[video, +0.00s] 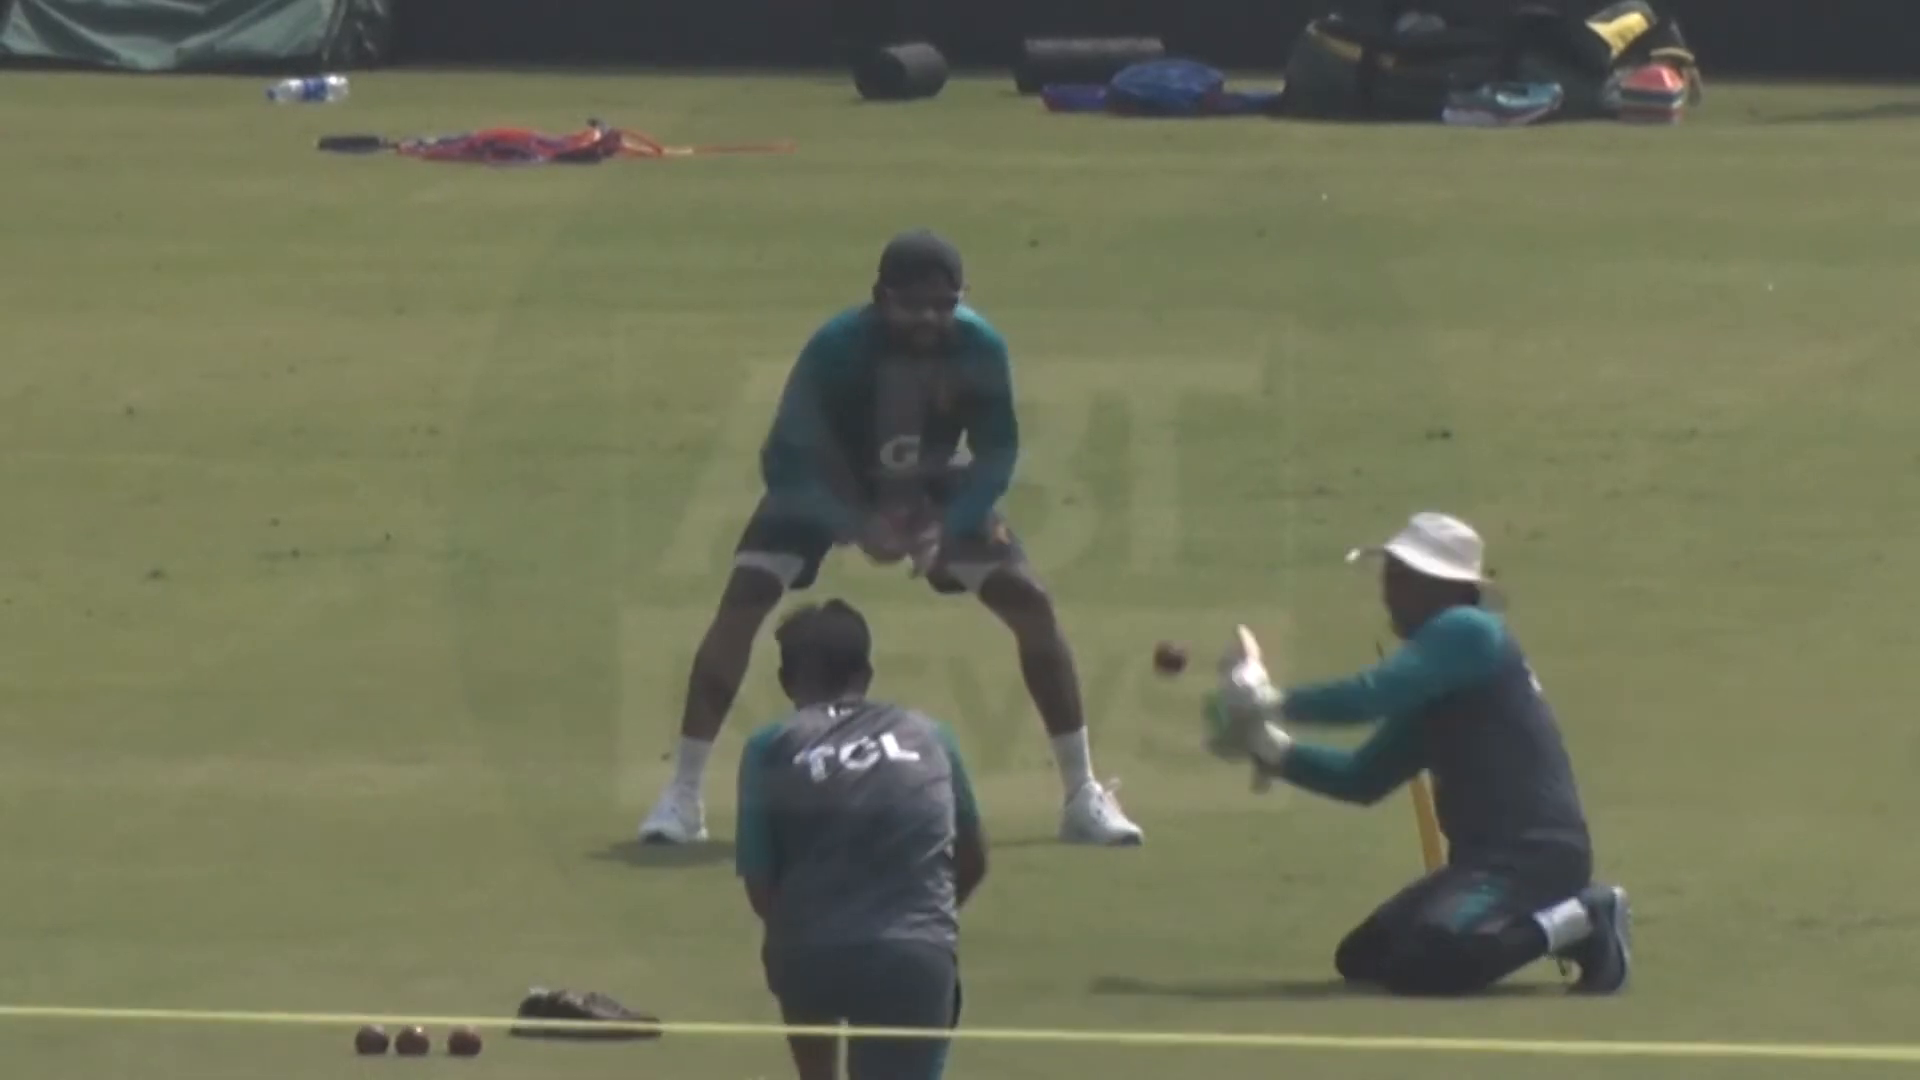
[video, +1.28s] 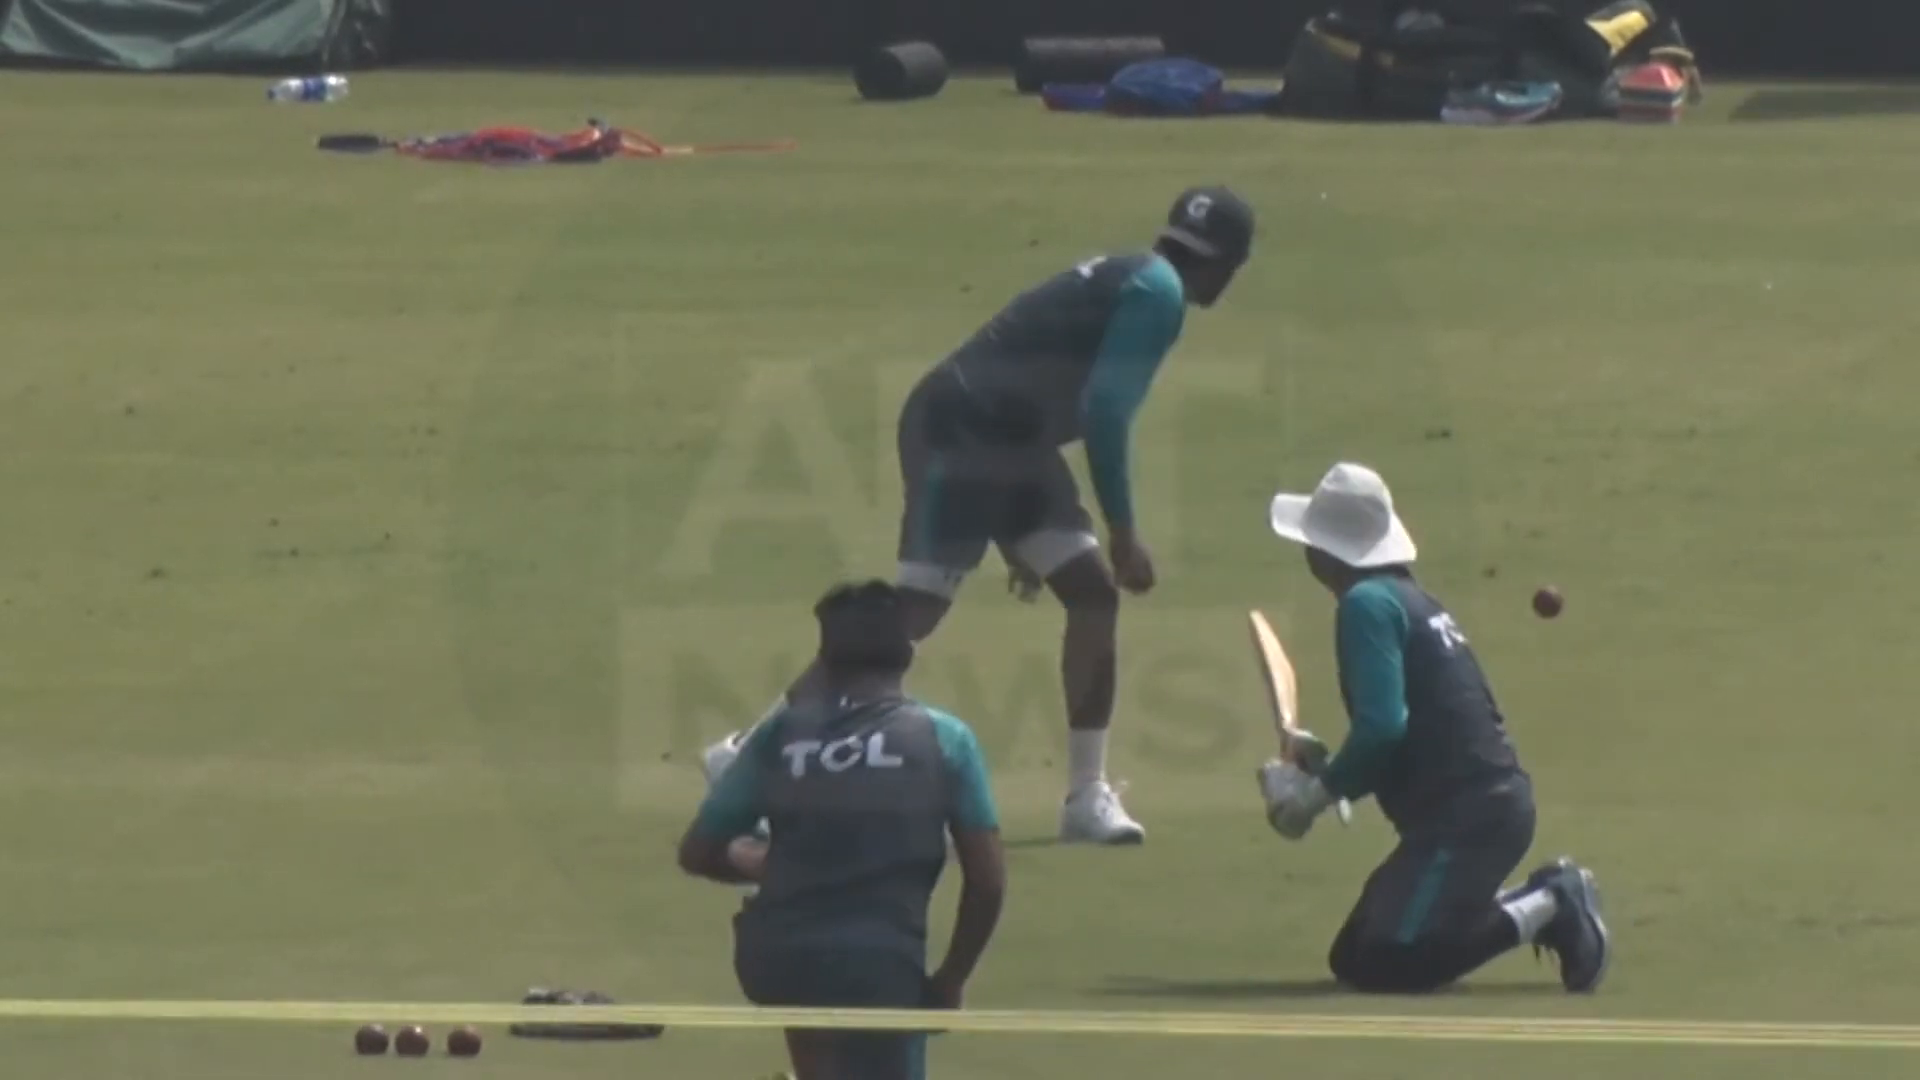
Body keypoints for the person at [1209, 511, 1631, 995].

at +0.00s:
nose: (1385, 589)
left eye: (1397, 574)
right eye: (1387, 574)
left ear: (1434, 582)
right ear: (1437, 584)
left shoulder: (1468, 632)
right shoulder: (1446, 683)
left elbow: (1371, 695)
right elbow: (1363, 780)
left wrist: (1268, 701)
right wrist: (1269, 746)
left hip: (1531, 862)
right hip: (1486, 864)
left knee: (1415, 964)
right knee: (1361, 959)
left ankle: (1584, 918)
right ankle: (1547, 923)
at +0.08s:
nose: (1354, 583)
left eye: (1367, 567)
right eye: (1358, 567)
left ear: (1406, 574)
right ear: (1411, 575)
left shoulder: (1442, 615)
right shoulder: (1422, 678)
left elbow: (1336, 648)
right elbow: (1333, 759)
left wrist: (1240, 647)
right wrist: (1239, 709)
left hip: (1520, 847)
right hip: (1480, 852)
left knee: (1412, 964)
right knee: (1360, 958)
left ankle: (1584, 914)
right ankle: (1550, 918)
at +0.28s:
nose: (1339, 544)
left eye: (1349, 534)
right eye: (1341, 533)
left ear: (1374, 536)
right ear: (1405, 540)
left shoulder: (1393, 570)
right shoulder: (1399, 637)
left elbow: (1296, 584)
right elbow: (1321, 728)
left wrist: (1210, 596)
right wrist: (1226, 663)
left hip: (1469, 808)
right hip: (1451, 814)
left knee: (1379, 963)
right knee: (1359, 958)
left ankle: (1562, 907)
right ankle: (1540, 908)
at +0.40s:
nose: (1330, 536)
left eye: (1339, 526)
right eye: (1334, 525)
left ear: (1361, 529)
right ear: (1404, 536)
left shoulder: (1368, 561)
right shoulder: (1409, 601)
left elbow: (1278, 612)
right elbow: (1355, 737)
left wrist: (1210, 640)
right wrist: (1255, 698)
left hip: (1449, 800)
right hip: (1442, 801)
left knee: (1379, 962)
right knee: (1356, 956)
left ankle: (1556, 909)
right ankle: (1534, 906)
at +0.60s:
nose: (1312, 536)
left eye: (1318, 528)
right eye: (1314, 527)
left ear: (1333, 528)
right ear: (1384, 532)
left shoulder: (1338, 564)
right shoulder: (1399, 592)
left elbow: (1286, 666)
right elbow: (1385, 750)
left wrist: (1238, 707)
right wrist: (1286, 743)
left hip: (1441, 796)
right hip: (1451, 791)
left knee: (1378, 962)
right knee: (1355, 957)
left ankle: (1561, 909)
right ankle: (1533, 906)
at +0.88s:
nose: (1293, 542)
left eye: (1297, 532)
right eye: (1295, 530)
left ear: (1310, 534)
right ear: (1363, 534)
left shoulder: (1326, 573)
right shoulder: (1390, 591)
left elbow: (1320, 683)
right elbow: (1381, 747)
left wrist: (1275, 753)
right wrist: (1292, 774)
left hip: (1438, 793)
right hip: (1457, 788)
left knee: (1381, 965)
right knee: (1355, 959)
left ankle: (1552, 903)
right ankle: (1534, 903)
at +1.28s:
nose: (1304, 556)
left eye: (1309, 545)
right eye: (1305, 544)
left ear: (1329, 551)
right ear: (1375, 543)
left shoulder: (1369, 602)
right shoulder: (1404, 599)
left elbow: (1382, 727)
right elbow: (1407, 751)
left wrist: (1318, 795)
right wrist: (1327, 766)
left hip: (1473, 816)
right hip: (1466, 814)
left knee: (1378, 969)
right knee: (1355, 961)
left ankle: (1547, 904)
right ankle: (1540, 902)